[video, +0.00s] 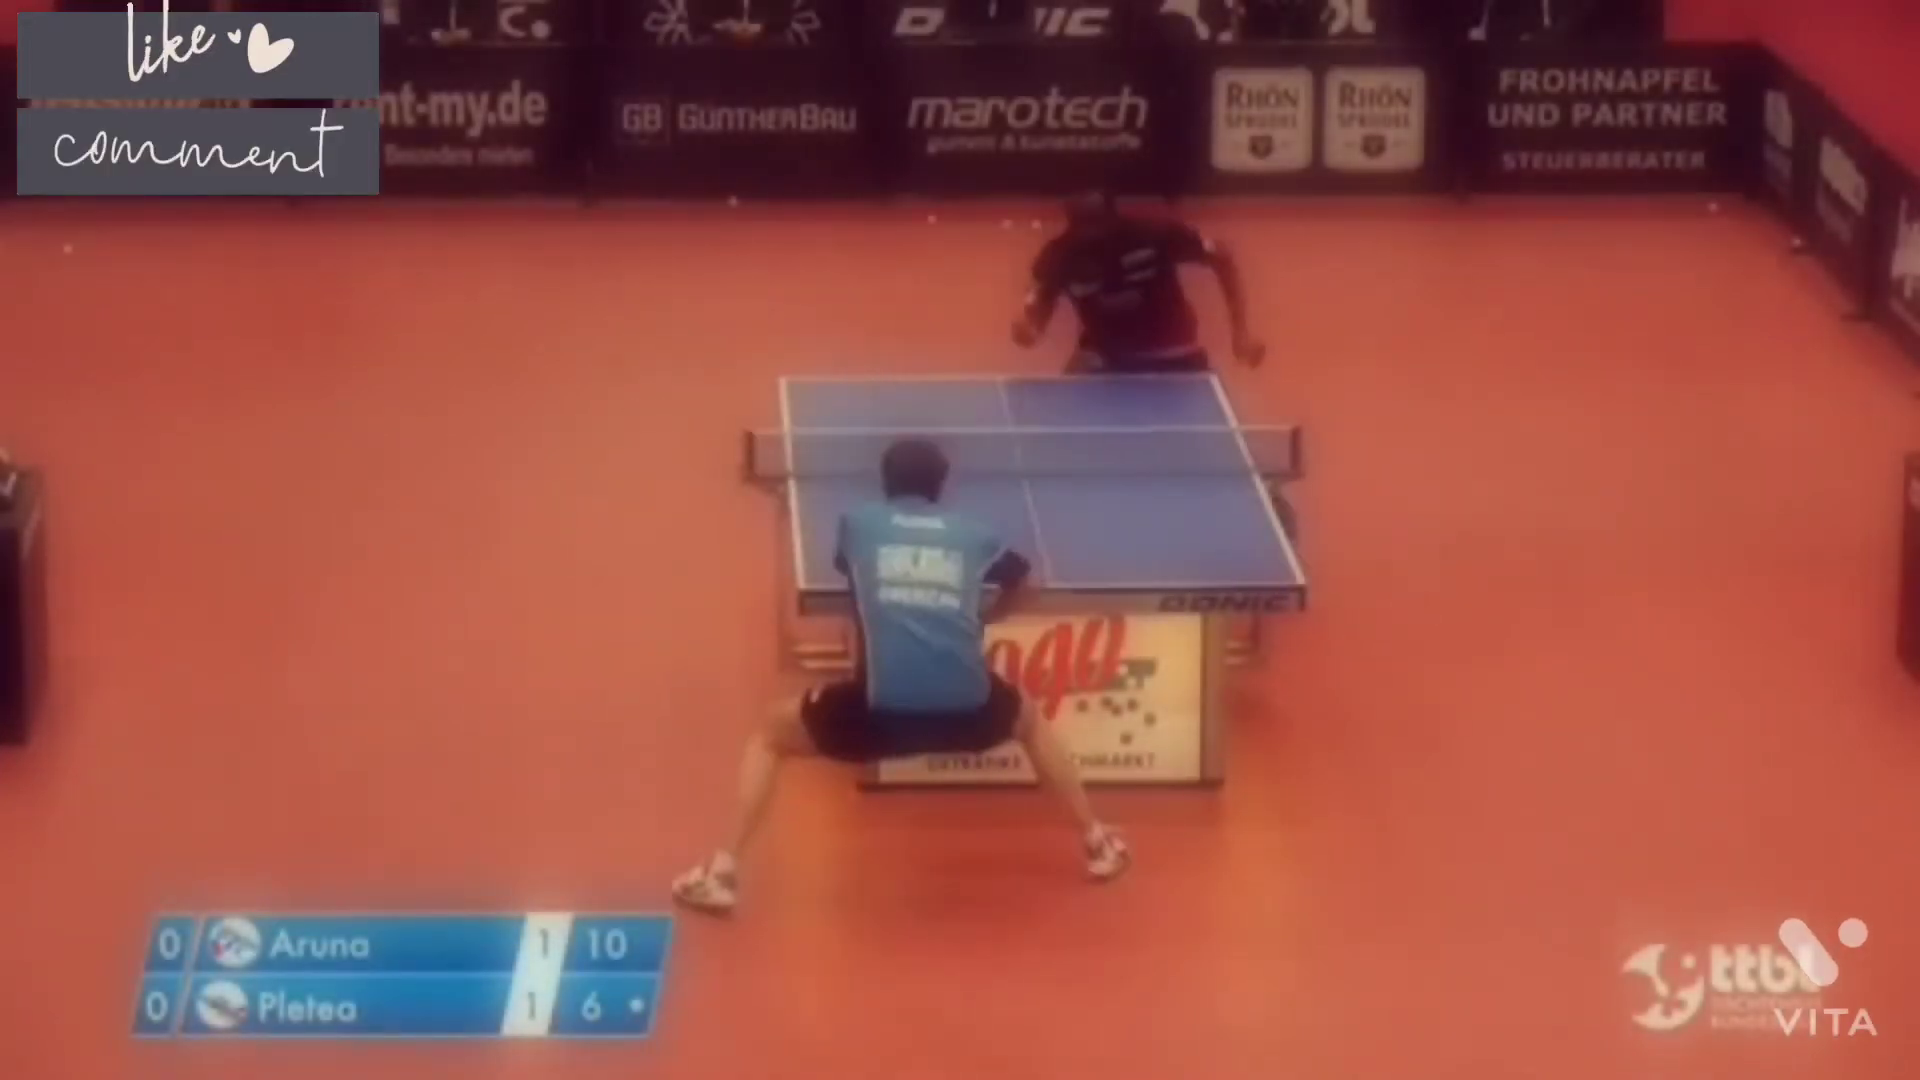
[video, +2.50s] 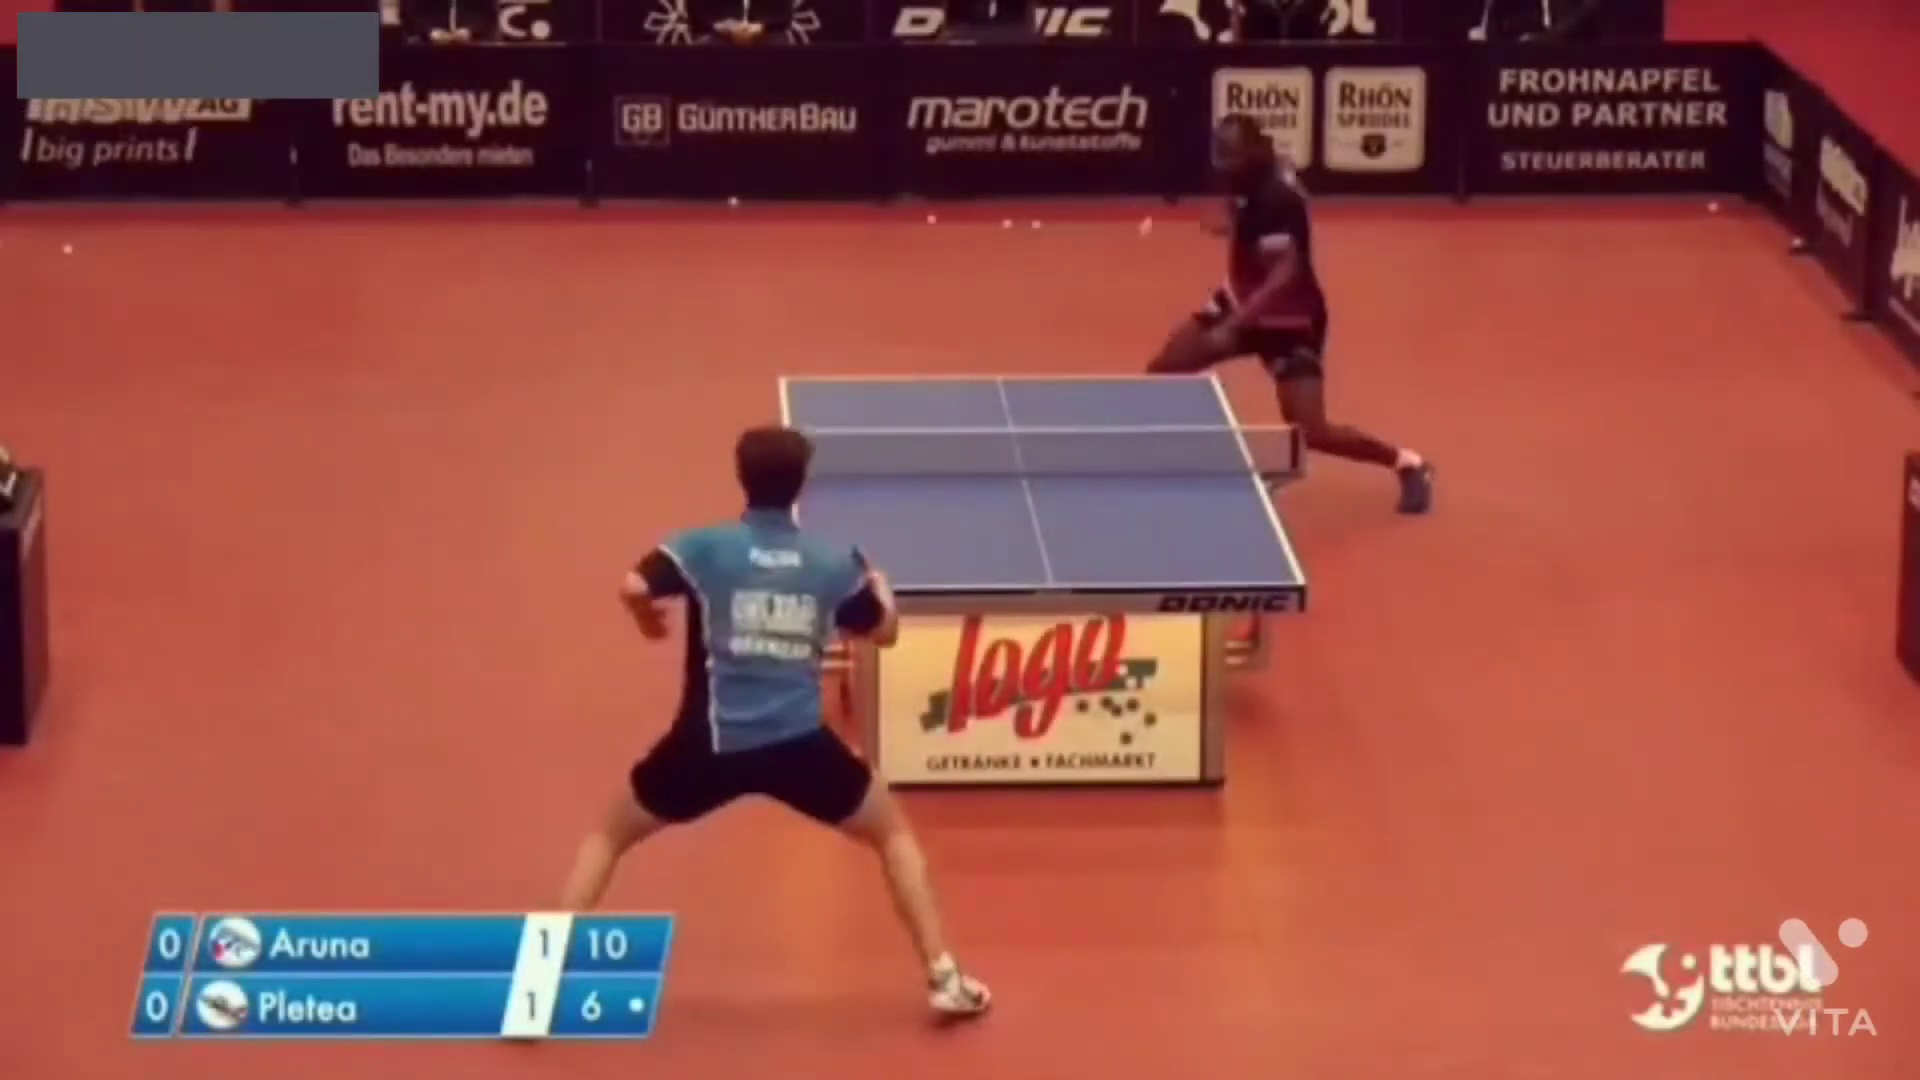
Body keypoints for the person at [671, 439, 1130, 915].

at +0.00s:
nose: (924, 491)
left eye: (899, 482)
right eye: (933, 481)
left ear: (886, 483)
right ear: (941, 485)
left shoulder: (859, 524)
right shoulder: (970, 532)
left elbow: (847, 575)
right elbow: (1020, 577)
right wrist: (980, 621)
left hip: (879, 715)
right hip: (969, 714)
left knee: (769, 733)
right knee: (1029, 721)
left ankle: (723, 871)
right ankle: (1098, 840)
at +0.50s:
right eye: (919, 427)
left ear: (866, 436)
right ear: (923, 438)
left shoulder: (834, 498)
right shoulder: (943, 511)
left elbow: (783, 554)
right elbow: (1006, 584)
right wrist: (1046, 563)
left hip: (838, 695)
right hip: (919, 698)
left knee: (741, 764)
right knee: (1005, 792)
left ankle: (711, 900)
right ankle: (1046, 935)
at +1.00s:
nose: (769, 568)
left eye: (770, 557)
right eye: (767, 559)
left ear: (710, 543)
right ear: (749, 569)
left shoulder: (697, 578)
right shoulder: (668, 617)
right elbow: (604, 704)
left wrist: (761, 645)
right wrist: (617, 780)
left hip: (561, 722)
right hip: (597, 740)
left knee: (495, 828)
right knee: (734, 816)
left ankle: (364, 898)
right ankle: (723, 973)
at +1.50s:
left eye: (498, 528)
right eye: (539, 518)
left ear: (494, 537)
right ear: (551, 525)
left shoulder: (481, 611)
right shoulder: (594, 588)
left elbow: (471, 698)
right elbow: (682, 592)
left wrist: (460, 784)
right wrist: (653, 509)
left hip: (515, 795)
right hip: (592, 788)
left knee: (426, 832)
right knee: (700, 869)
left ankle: (342, 928)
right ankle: (704, 975)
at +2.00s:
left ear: (749, 516)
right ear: (808, 524)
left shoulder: (709, 570)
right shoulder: (829, 598)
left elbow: (624, 597)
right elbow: (894, 650)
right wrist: (844, 634)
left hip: (693, 763)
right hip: (777, 770)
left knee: (604, 836)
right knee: (883, 852)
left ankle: (549, 962)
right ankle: (923, 1003)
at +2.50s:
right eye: (798, 474)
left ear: (741, 481)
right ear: (802, 484)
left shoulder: (706, 547)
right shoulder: (829, 561)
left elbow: (633, 587)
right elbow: (884, 632)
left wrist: (652, 624)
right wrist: (882, 592)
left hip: (709, 745)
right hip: (800, 746)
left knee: (611, 834)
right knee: (892, 834)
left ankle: (547, 960)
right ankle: (943, 975)